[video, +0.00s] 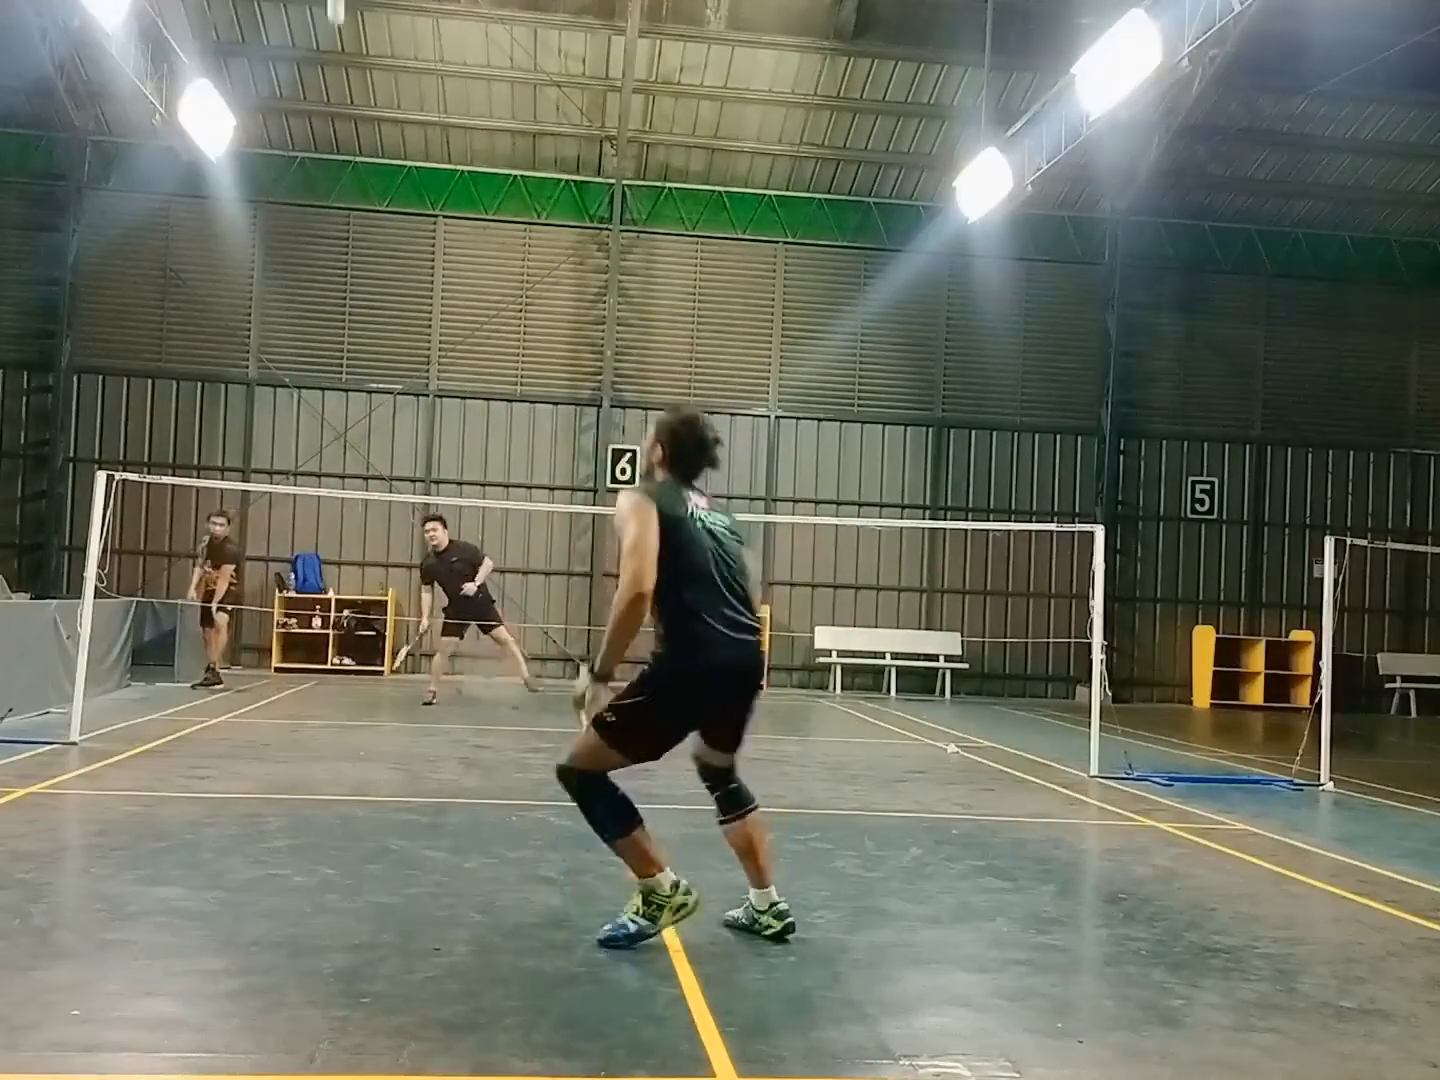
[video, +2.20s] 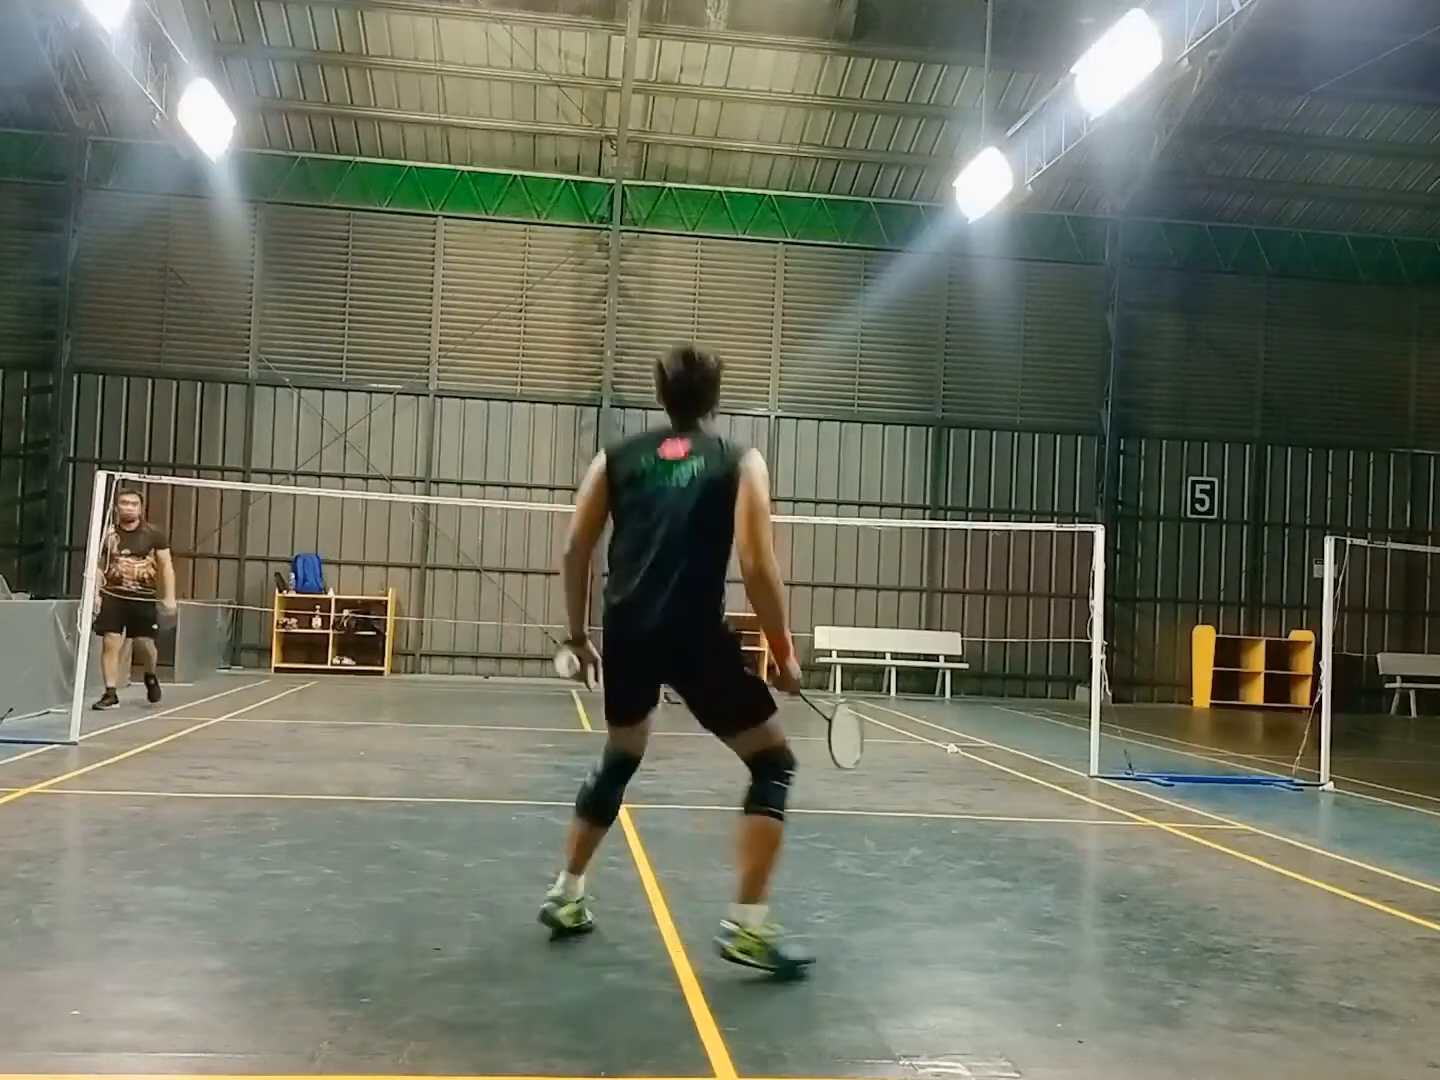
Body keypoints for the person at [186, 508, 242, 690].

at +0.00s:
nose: (217, 528)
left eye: (221, 525)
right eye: (214, 524)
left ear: (228, 528)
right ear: (208, 525)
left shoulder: (230, 549)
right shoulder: (205, 545)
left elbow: (225, 577)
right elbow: (199, 567)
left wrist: (216, 601)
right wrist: (192, 588)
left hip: (227, 589)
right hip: (209, 588)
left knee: (220, 620)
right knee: (207, 631)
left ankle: (213, 666)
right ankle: (212, 671)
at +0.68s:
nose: (210, 527)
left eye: (214, 524)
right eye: (207, 522)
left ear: (218, 528)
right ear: (197, 523)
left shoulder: (221, 551)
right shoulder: (186, 539)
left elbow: (217, 582)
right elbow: (170, 558)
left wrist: (206, 605)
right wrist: (161, 578)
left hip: (210, 595)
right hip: (187, 592)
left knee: (209, 636)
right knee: (175, 630)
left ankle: (204, 678)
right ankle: (179, 672)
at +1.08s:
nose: (192, 521)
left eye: (194, 518)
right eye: (187, 517)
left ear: (196, 521)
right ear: (175, 518)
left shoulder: (200, 544)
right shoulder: (159, 539)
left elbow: (206, 574)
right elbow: (146, 564)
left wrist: (210, 601)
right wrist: (143, 592)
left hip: (191, 599)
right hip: (162, 598)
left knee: (199, 640)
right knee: (158, 638)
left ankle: (199, 672)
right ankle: (159, 682)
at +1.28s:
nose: (181, 515)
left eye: (183, 512)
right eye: (177, 511)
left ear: (184, 515)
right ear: (163, 513)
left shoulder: (191, 542)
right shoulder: (148, 537)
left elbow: (203, 569)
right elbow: (132, 563)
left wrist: (207, 597)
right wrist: (128, 588)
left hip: (182, 597)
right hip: (154, 596)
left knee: (183, 636)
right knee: (156, 639)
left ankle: (180, 679)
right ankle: (159, 682)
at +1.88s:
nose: (164, 511)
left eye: (167, 507)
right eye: (159, 506)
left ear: (170, 511)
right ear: (145, 509)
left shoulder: (178, 538)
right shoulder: (132, 534)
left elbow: (189, 567)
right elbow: (121, 562)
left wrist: (189, 596)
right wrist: (116, 591)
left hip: (165, 599)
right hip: (135, 596)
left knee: (163, 643)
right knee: (125, 635)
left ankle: (157, 687)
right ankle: (125, 685)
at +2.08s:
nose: (143, 512)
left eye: (147, 508)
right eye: (138, 507)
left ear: (152, 512)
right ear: (128, 511)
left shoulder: (163, 538)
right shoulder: (118, 537)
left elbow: (178, 567)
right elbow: (110, 567)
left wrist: (184, 595)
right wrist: (105, 595)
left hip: (154, 601)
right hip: (123, 599)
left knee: (157, 645)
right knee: (116, 642)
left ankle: (156, 686)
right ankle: (111, 691)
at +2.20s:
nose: (129, 508)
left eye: (134, 504)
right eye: (124, 503)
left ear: (141, 507)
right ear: (117, 507)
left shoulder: (154, 535)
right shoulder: (107, 534)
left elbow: (166, 567)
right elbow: (98, 566)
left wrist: (169, 598)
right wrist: (94, 593)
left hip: (144, 599)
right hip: (113, 597)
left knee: (146, 644)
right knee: (110, 643)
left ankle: (150, 677)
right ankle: (110, 692)